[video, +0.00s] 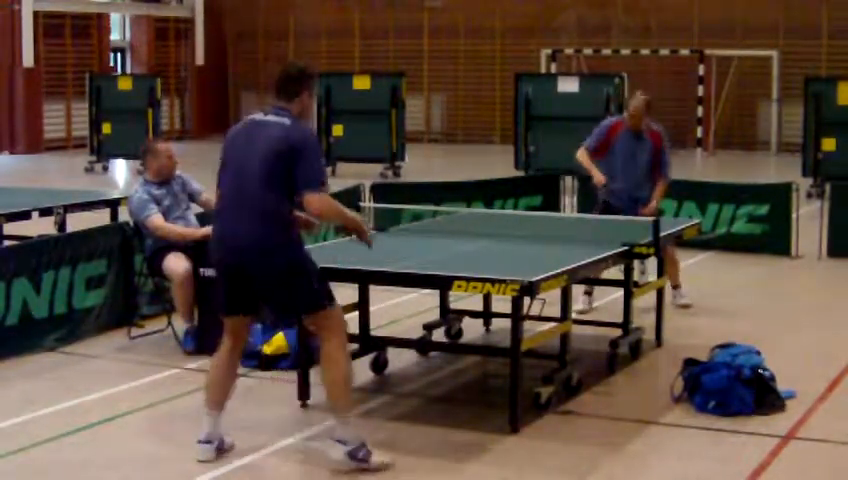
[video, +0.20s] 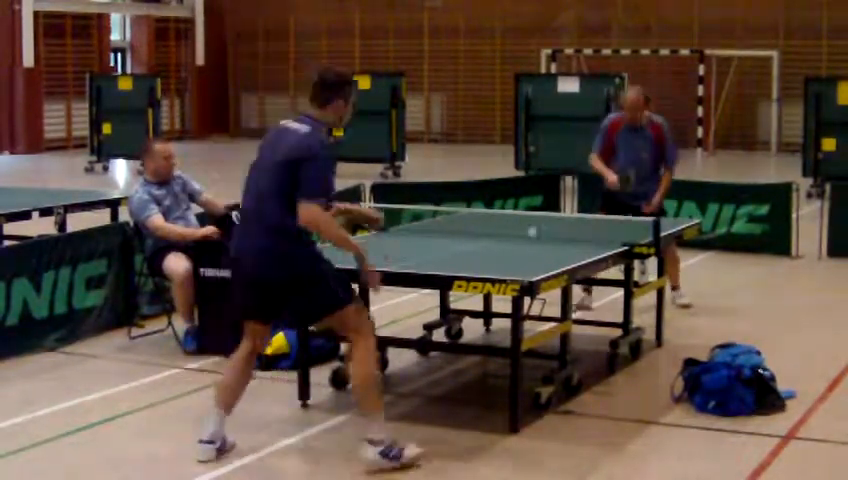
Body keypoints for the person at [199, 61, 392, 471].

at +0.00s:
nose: (314, 104)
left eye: (312, 97)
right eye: (313, 98)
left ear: (276, 94)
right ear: (304, 98)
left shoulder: (239, 131)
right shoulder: (300, 135)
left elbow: (227, 196)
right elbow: (315, 202)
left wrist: (287, 215)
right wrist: (351, 220)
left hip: (228, 246)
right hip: (276, 249)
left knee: (232, 336)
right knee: (332, 330)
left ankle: (209, 434)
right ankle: (348, 437)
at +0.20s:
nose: (351, 112)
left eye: (351, 104)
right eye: (350, 104)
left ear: (314, 99)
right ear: (339, 104)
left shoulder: (281, 132)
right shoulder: (314, 144)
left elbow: (290, 197)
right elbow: (310, 214)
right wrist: (357, 252)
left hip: (248, 257)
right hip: (289, 262)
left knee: (252, 342)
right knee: (360, 329)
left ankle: (212, 433)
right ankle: (378, 440)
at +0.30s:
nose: (381, 134)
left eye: (382, 127)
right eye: (380, 126)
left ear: (351, 118)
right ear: (364, 123)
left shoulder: (319, 141)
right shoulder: (332, 159)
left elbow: (351, 204)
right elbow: (297, 222)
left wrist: (400, 208)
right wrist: (332, 277)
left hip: (261, 264)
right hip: (290, 272)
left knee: (266, 347)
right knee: (373, 335)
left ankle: (215, 432)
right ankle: (411, 439)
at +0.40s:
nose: (417, 158)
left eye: (419, 150)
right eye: (417, 150)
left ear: (389, 139)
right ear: (402, 145)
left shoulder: (358, 155)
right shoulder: (355, 175)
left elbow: (391, 189)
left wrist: (438, 200)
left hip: (284, 267)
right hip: (321, 269)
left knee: (271, 353)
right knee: (401, 336)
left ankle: (215, 435)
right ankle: (421, 444)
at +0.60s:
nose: (463, 161)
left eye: (466, 155)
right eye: (462, 153)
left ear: (434, 134)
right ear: (448, 146)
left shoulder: (380, 138)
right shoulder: (429, 183)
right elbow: (473, 216)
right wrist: (497, 174)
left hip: (310, 255)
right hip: (359, 267)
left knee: (282, 335)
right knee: (424, 333)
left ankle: (229, 420)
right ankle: (420, 443)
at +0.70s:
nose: (460, 130)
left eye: (463, 124)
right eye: (461, 123)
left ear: (422, 106)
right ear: (454, 121)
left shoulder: (377, 122)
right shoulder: (442, 151)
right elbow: (500, 154)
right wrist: (485, 102)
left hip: (318, 246)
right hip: (374, 256)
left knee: (281, 327)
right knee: (422, 334)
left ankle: (237, 407)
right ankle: (421, 440)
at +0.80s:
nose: (438, 102)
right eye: (440, 96)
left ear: (406, 87)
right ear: (439, 98)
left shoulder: (362, 108)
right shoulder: (433, 130)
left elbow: (342, 161)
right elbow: (500, 128)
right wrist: (481, 78)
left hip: (323, 238)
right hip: (380, 247)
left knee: (282, 328)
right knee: (419, 334)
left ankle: (239, 411)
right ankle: (428, 438)